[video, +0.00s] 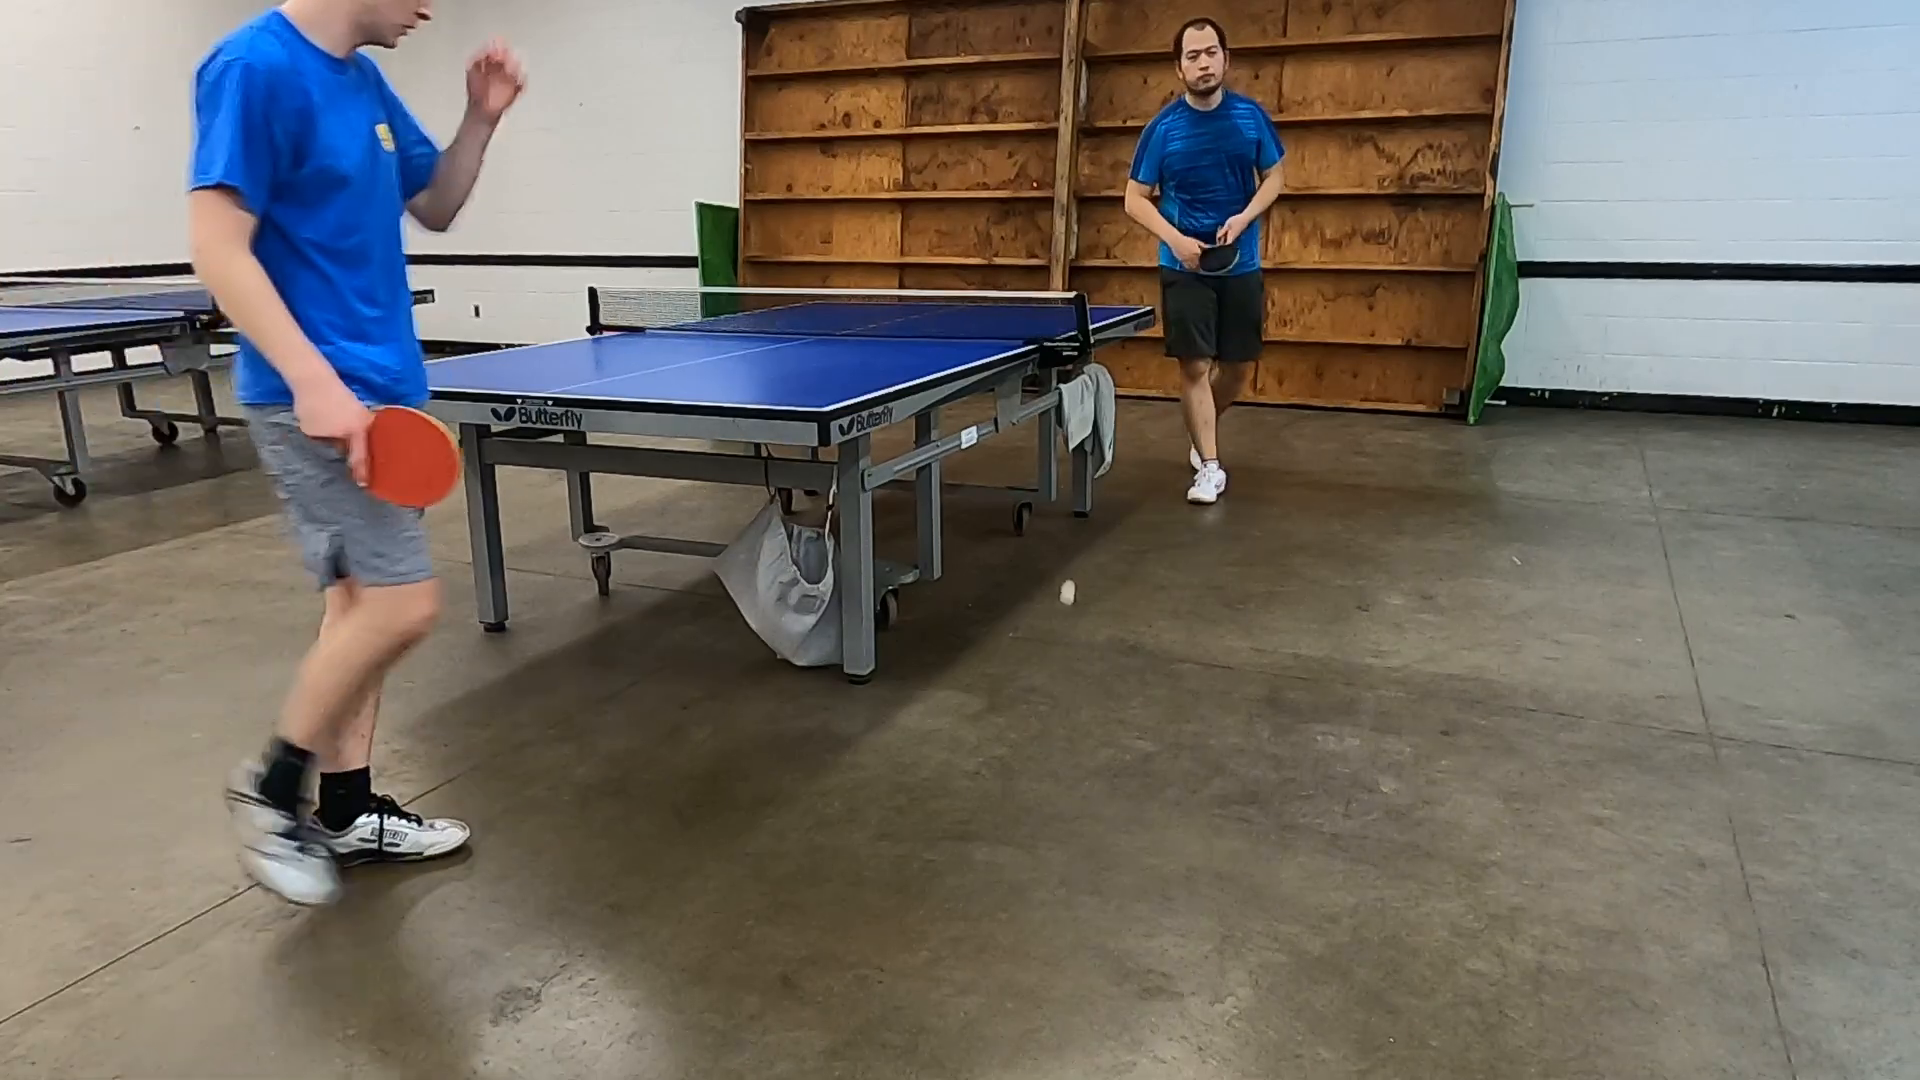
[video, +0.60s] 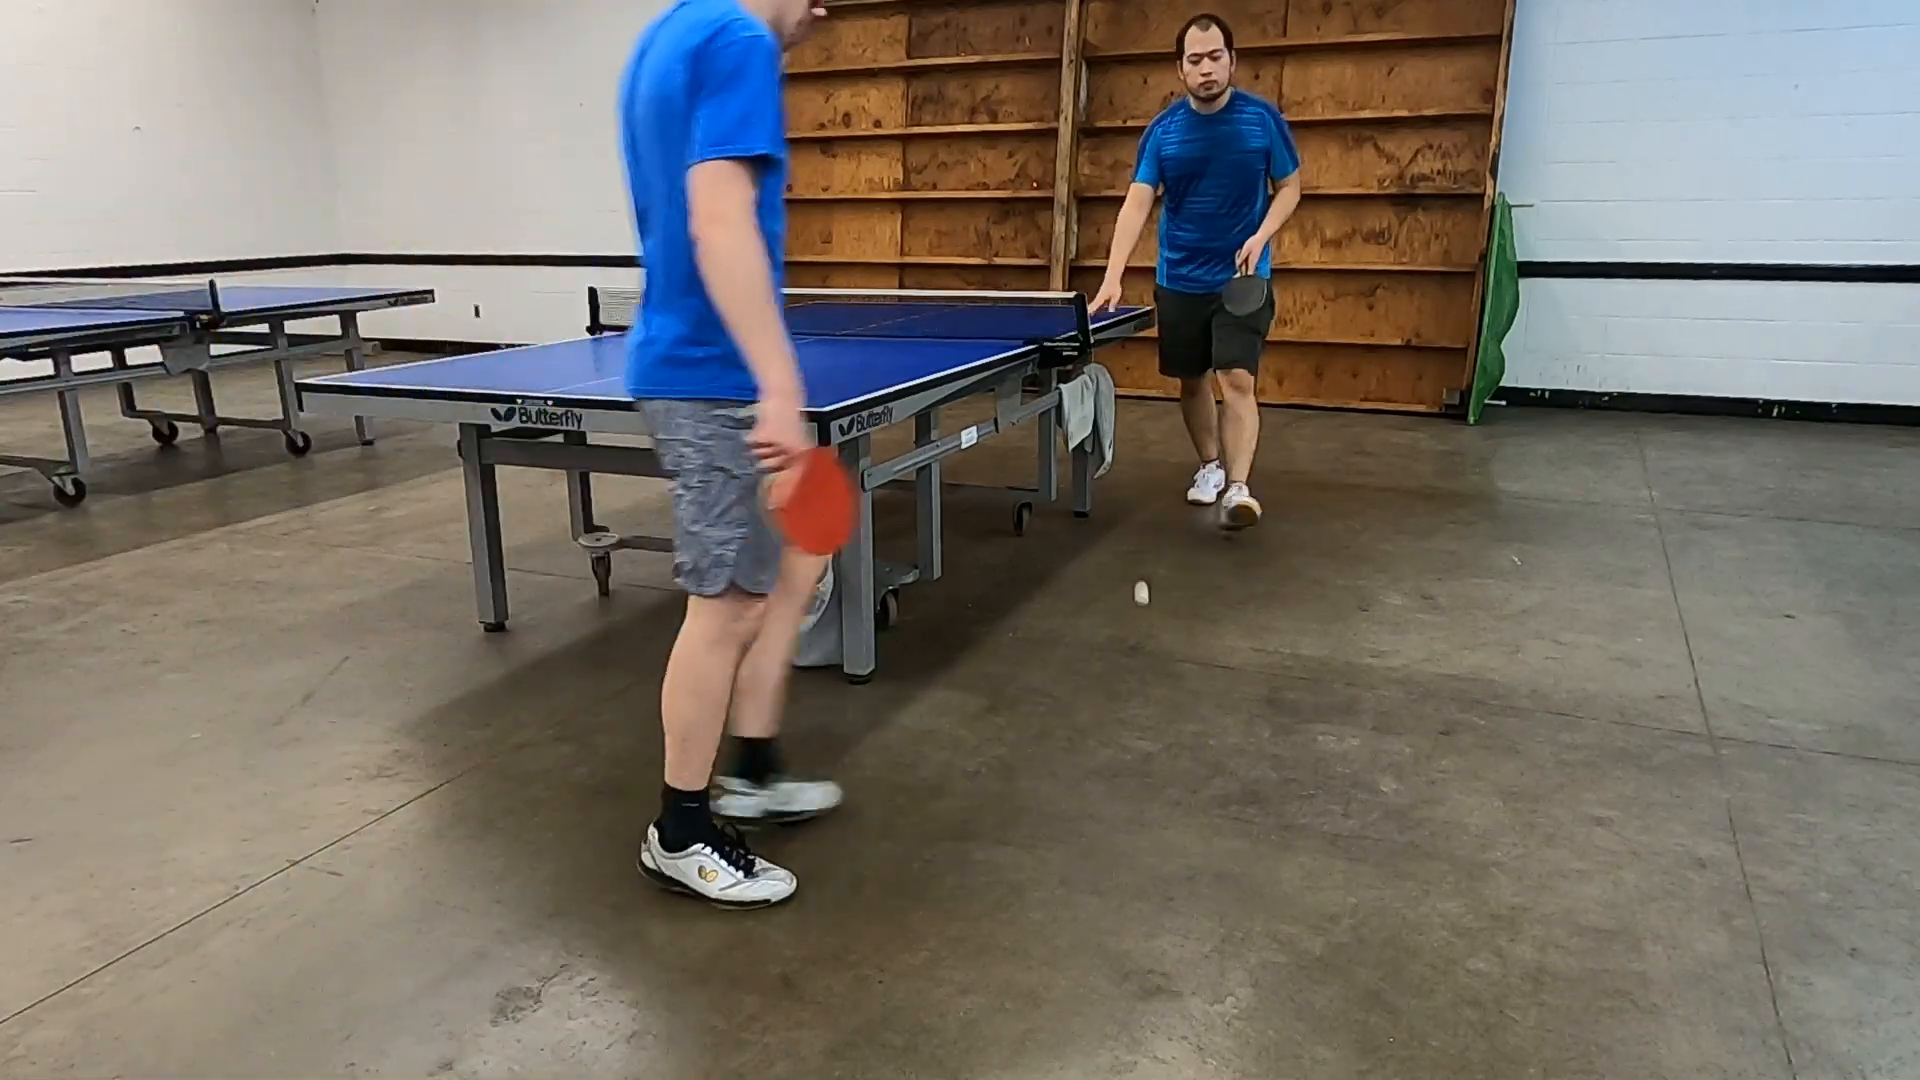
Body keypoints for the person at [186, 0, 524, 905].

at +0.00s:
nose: (426, 10)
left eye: (428, 0)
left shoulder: (361, 77)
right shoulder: (251, 68)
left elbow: (434, 207)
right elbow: (217, 249)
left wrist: (479, 119)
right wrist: (312, 381)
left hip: (381, 385)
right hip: (308, 393)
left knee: (356, 599)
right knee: (403, 603)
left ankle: (347, 809)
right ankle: (273, 791)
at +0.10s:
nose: (490, 20)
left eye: (493, 10)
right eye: (486, 4)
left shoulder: (413, 82)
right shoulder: (321, 68)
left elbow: (514, 185)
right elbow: (283, 254)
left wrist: (522, 67)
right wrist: (369, 395)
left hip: (424, 388)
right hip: (377, 395)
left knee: (388, 599)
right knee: (482, 605)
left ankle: (346, 813)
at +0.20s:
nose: (560, 27)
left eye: (567, 16)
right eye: (560, 8)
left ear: (517, 9)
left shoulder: (470, 86)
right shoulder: (401, 82)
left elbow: (573, 178)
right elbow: (353, 263)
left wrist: (577, 63)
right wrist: (425, 413)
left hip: (483, 405)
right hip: (452, 414)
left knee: (418, 607)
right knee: (535, 622)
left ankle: (349, 809)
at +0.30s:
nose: (623, 37)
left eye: (628, 25)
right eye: (623, 16)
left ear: (569, 6)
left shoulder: (530, 90)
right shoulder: (483, 85)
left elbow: (626, 178)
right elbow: (434, 269)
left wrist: (636, 70)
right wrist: (487, 430)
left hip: (547, 408)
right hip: (541, 417)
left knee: (495, 612)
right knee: (626, 613)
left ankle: (368, 788)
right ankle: (671, 837)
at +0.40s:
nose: (699, 22)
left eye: (705, 14)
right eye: (702, 7)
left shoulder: (591, 75)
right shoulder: (563, 73)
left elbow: (673, 171)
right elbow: (527, 253)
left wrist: (688, 67)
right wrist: (566, 425)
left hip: (627, 398)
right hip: (615, 403)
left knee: (622, 605)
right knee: (675, 612)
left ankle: (445, 746)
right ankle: (675, 836)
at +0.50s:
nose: (765, 19)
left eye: (773, 11)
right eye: (767, 5)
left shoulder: (630, 42)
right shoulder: (654, 50)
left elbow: (698, 174)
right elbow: (621, 229)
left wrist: (730, 59)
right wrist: (665, 400)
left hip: (652, 384)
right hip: (655, 390)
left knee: (719, 570)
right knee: (703, 593)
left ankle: (581, 743)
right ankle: (677, 833)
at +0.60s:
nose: (821, 13)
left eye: (825, 7)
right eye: (821, 2)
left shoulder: (673, 37)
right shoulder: (737, 39)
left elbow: (686, 226)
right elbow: (721, 223)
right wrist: (780, 387)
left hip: (703, 377)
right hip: (714, 382)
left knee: (806, 546)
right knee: (725, 608)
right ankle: (680, 830)